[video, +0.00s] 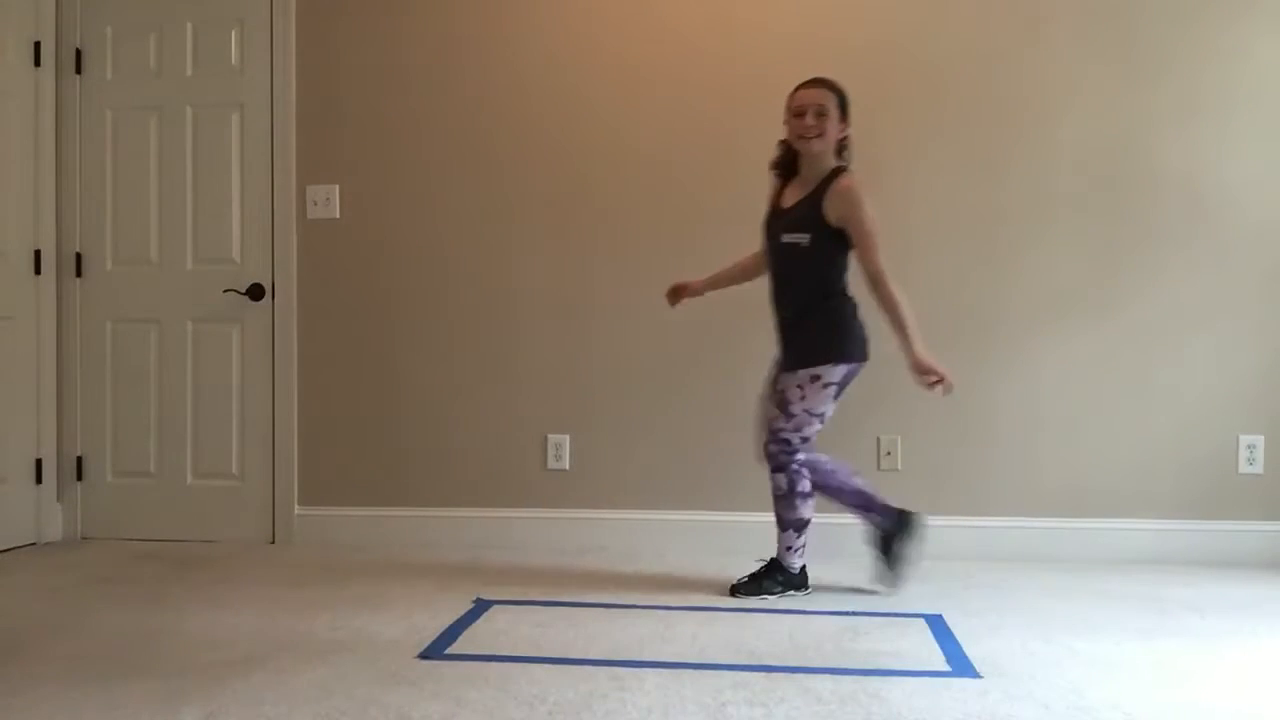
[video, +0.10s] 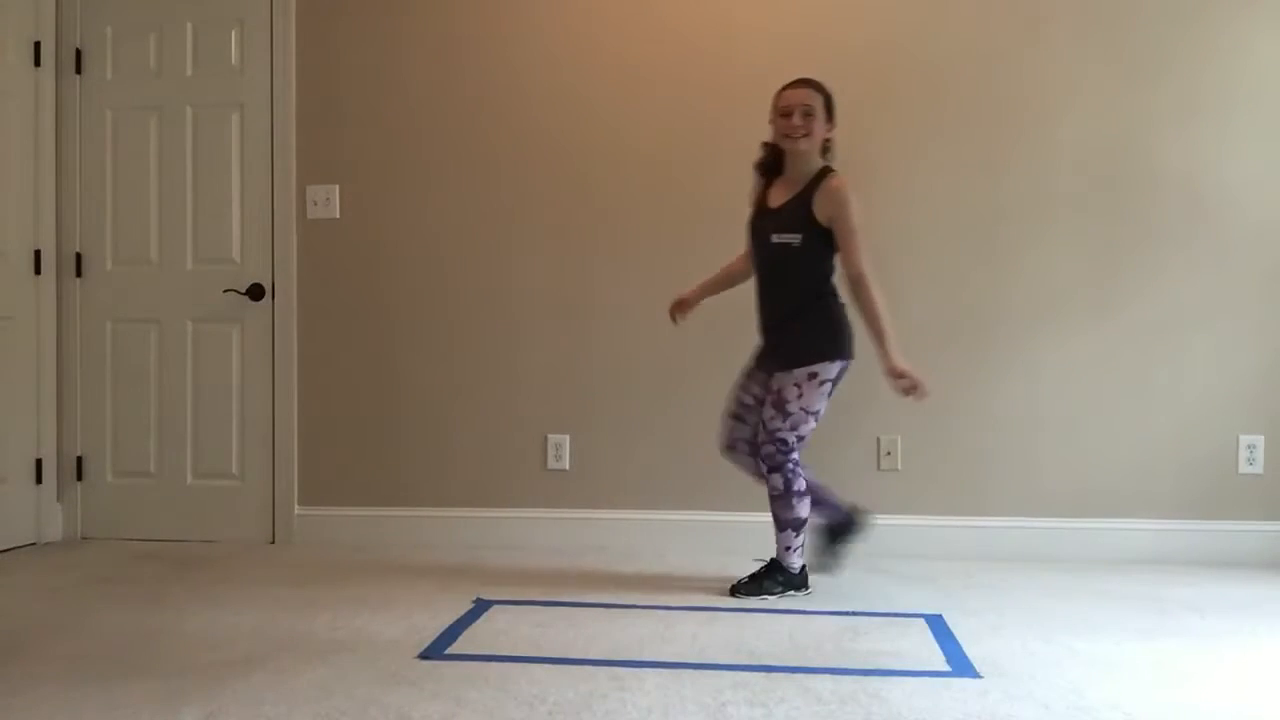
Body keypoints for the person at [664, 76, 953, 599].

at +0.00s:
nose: (806, 122)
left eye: (820, 114)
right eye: (797, 114)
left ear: (842, 127)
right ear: (786, 125)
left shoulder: (842, 192)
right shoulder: (785, 188)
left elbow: (878, 278)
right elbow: (765, 260)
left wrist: (915, 354)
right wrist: (701, 286)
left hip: (832, 344)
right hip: (798, 344)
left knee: (787, 446)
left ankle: (790, 567)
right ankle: (889, 520)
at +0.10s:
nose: (794, 122)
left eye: (807, 115)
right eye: (785, 114)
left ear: (827, 127)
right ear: (772, 125)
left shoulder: (831, 191)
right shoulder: (768, 188)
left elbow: (858, 278)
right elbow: (752, 261)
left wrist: (890, 359)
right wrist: (698, 293)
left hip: (819, 346)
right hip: (777, 343)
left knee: (779, 446)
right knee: (739, 440)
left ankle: (789, 566)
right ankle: (838, 514)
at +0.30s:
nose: (760, 114)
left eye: (771, 106)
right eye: (750, 106)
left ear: (789, 119)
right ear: (736, 117)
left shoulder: (802, 185)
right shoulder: (715, 180)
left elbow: (814, 272)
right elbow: (707, 261)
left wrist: (836, 351)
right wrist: (688, 329)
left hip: (780, 345)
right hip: (720, 339)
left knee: (766, 446)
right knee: (704, 447)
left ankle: (788, 563)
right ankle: (688, 555)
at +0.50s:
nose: (736, 118)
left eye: (747, 110)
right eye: (726, 110)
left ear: (764, 121)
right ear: (711, 122)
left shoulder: (781, 189)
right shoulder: (688, 182)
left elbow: (795, 273)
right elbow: (661, 261)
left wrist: (837, 319)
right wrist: (620, 318)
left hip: (754, 342)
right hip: (692, 337)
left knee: (735, 451)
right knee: (688, 449)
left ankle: (733, 551)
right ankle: (685, 556)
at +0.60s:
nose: (726, 118)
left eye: (736, 111)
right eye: (716, 111)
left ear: (753, 122)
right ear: (700, 123)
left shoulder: (772, 190)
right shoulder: (678, 185)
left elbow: (792, 271)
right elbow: (644, 259)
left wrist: (846, 303)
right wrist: (583, 285)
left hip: (749, 342)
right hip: (688, 338)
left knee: (733, 449)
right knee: (688, 445)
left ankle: (725, 555)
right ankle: (685, 556)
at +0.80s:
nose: (719, 124)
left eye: (729, 116)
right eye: (709, 116)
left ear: (746, 126)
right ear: (694, 127)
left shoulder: (763, 194)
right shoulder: (671, 187)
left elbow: (784, 274)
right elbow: (636, 260)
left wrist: (840, 292)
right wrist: (578, 259)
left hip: (747, 344)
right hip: (687, 341)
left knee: (733, 451)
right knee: (689, 449)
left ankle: (725, 555)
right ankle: (686, 556)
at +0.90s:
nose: (718, 127)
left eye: (729, 120)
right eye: (708, 119)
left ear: (744, 131)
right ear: (693, 128)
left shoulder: (759, 197)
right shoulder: (667, 191)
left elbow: (781, 276)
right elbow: (638, 265)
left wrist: (839, 294)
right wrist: (582, 268)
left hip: (745, 345)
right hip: (685, 343)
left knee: (731, 452)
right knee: (689, 450)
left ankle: (725, 556)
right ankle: (686, 556)